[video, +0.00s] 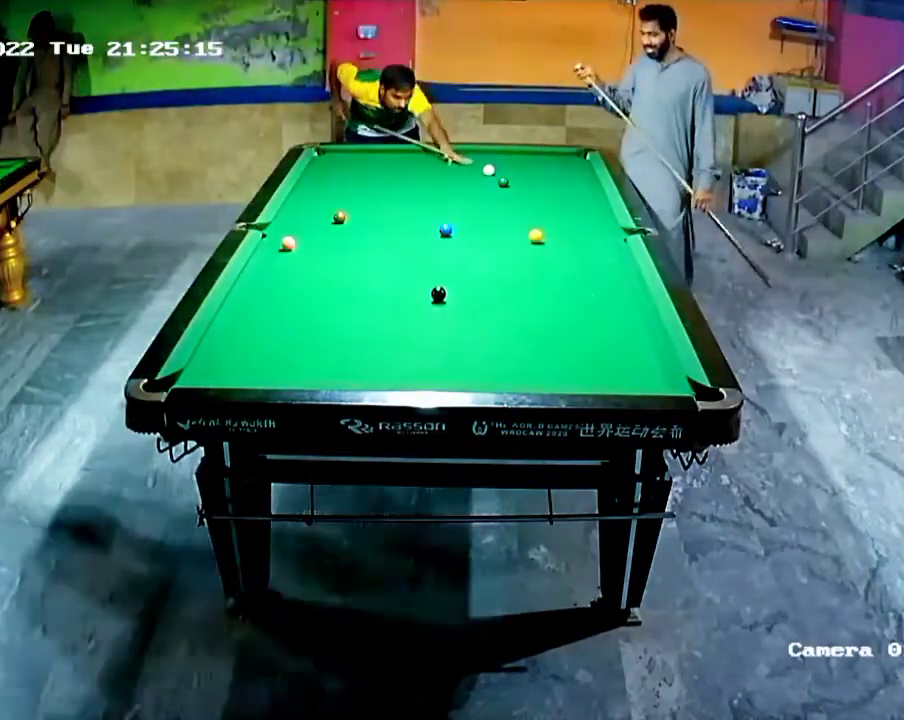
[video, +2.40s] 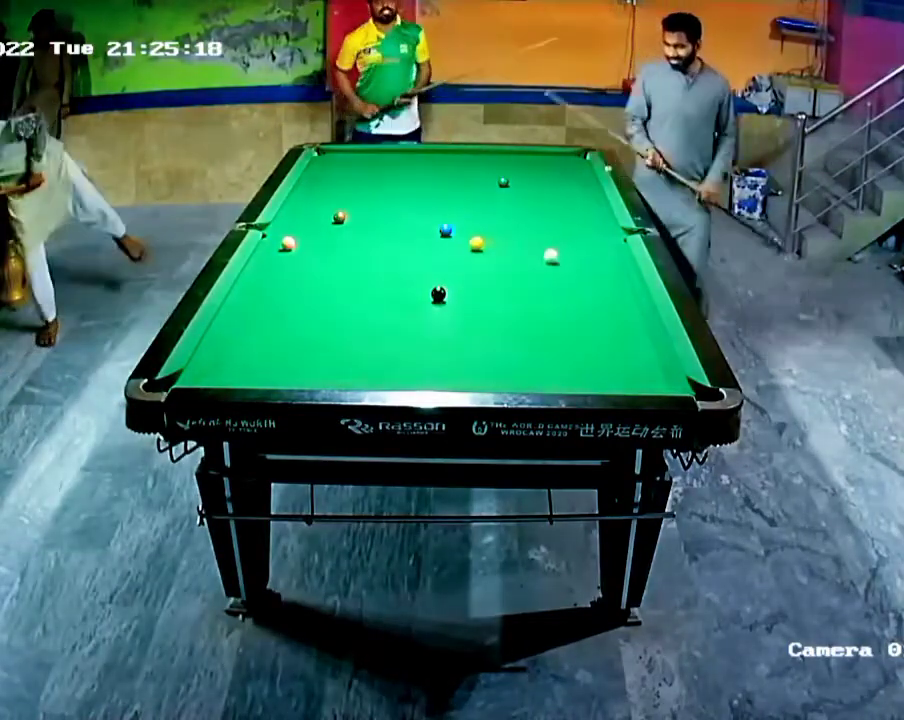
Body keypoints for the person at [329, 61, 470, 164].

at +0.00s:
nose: (402, 104)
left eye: (407, 98)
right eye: (397, 98)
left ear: (412, 92)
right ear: (382, 90)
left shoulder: (413, 93)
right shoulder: (362, 89)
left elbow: (431, 122)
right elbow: (342, 69)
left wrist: (446, 149)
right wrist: (338, 101)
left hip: (403, 132)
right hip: (366, 132)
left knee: (407, 178)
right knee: (363, 177)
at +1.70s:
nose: (406, 82)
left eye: (410, 75)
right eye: (400, 75)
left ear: (414, 72)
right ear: (385, 70)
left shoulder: (418, 85)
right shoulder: (363, 79)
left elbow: (433, 122)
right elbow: (338, 78)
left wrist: (448, 150)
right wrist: (349, 112)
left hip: (403, 136)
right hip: (365, 135)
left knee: (408, 183)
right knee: (363, 183)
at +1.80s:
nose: (402, 56)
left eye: (407, 50)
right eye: (396, 49)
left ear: (411, 50)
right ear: (383, 48)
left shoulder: (419, 70)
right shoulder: (364, 65)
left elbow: (435, 107)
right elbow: (337, 73)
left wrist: (446, 141)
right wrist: (346, 109)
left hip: (401, 132)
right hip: (363, 131)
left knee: (404, 183)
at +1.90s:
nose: (397, 30)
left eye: (400, 24)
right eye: (390, 24)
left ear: (405, 25)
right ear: (378, 26)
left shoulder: (418, 51)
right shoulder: (359, 52)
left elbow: (436, 91)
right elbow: (337, 71)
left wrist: (440, 128)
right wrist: (345, 107)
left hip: (404, 132)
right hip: (366, 132)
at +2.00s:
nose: (394, 21)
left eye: (398, 15)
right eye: (387, 15)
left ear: (403, 16)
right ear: (375, 17)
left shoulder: (418, 46)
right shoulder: (357, 47)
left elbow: (432, 86)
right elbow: (338, 70)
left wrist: (433, 121)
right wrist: (345, 106)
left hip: (405, 133)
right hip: (366, 134)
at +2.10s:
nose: (392, 12)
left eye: (396, 6)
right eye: (384, 7)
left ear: (400, 7)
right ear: (372, 11)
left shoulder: (417, 40)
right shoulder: (356, 43)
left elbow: (427, 78)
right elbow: (338, 70)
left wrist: (420, 115)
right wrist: (349, 108)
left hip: (406, 134)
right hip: (367, 135)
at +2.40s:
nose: (386, 6)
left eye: (390, 1)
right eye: (379, 2)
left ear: (397, 4)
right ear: (370, 5)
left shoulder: (415, 33)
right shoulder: (356, 38)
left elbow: (425, 68)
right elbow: (340, 72)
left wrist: (414, 91)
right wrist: (359, 105)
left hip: (407, 129)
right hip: (369, 130)